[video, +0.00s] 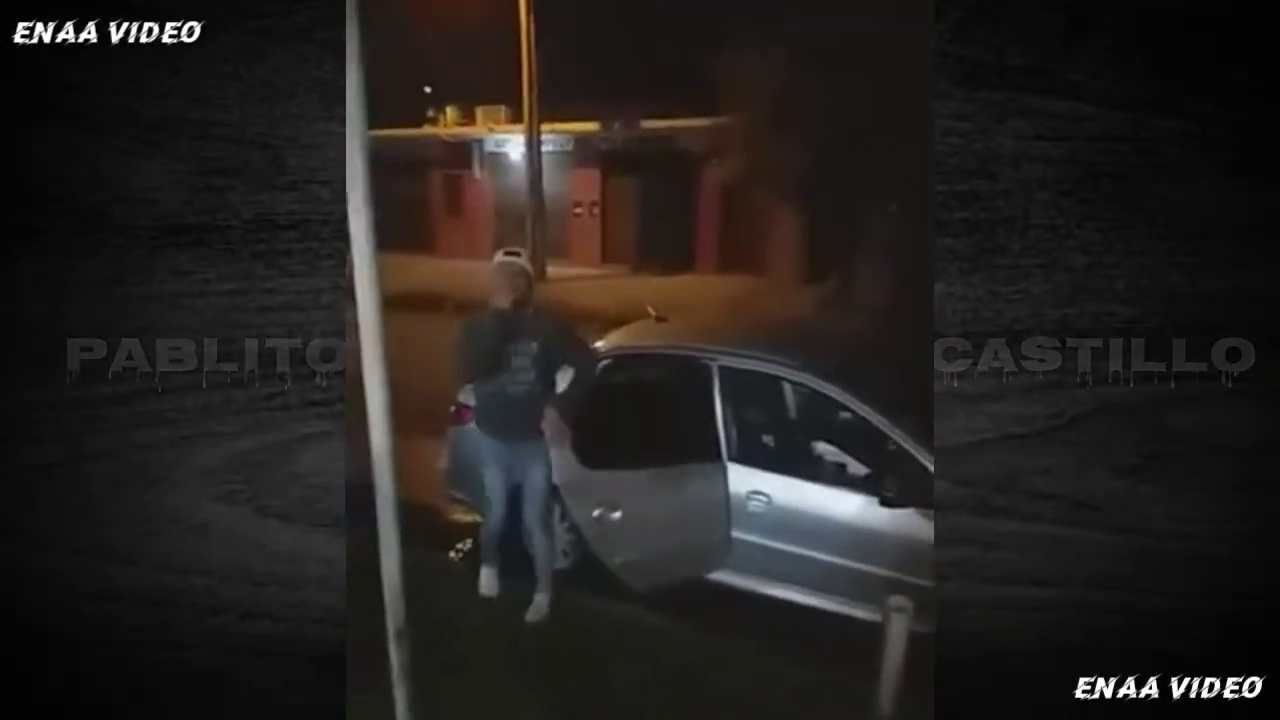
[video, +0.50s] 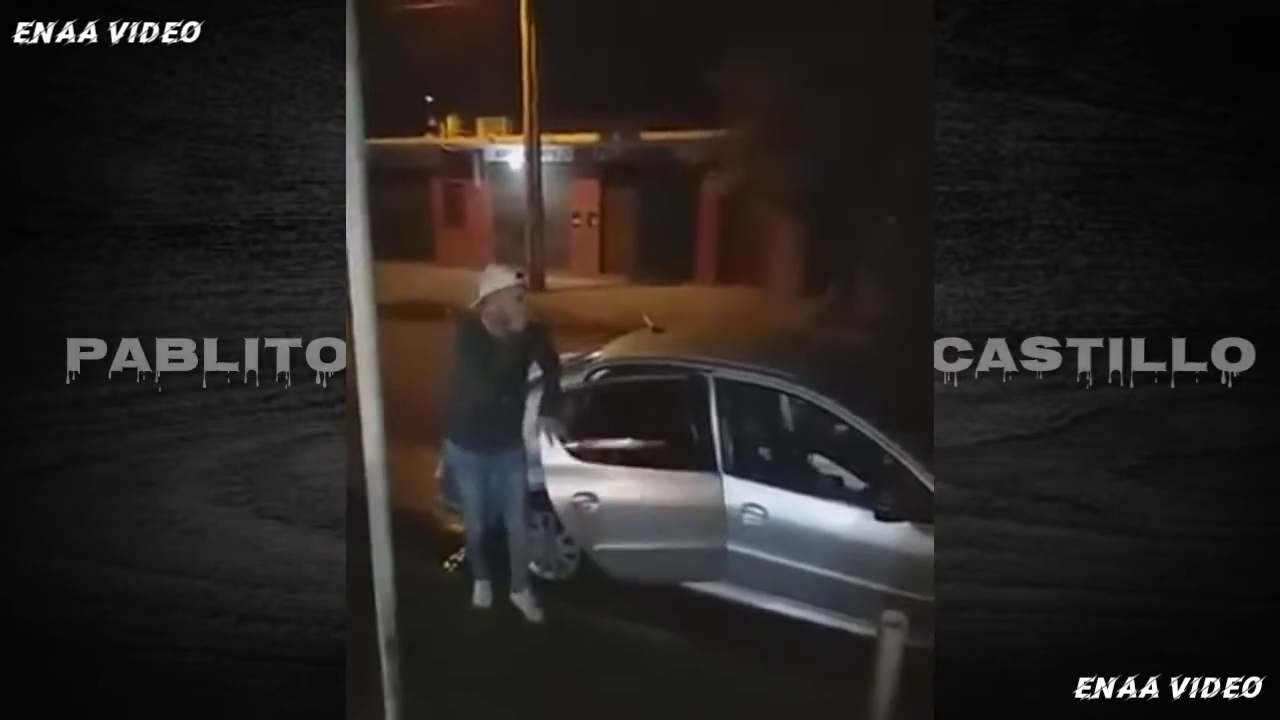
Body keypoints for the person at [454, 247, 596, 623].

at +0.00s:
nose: (505, 285)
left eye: (512, 277)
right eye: (500, 276)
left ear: (526, 283)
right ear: (492, 282)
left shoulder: (544, 326)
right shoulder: (478, 327)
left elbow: (586, 363)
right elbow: (469, 372)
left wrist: (562, 409)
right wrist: (496, 324)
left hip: (534, 435)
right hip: (492, 434)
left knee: (535, 520)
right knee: (496, 513)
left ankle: (543, 587)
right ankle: (488, 564)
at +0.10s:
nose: (505, 289)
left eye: (513, 282)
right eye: (500, 281)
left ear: (524, 287)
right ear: (489, 285)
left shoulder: (542, 327)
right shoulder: (476, 328)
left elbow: (582, 365)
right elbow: (469, 375)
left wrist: (563, 410)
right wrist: (495, 326)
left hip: (529, 436)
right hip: (484, 437)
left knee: (532, 519)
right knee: (491, 514)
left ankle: (546, 590)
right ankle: (491, 568)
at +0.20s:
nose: (501, 296)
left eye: (508, 288)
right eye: (495, 287)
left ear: (519, 293)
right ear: (483, 292)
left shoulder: (535, 330)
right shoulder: (466, 331)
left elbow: (572, 364)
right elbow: (469, 381)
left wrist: (558, 409)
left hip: (521, 441)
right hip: (476, 440)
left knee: (527, 522)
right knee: (483, 519)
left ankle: (541, 593)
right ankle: (487, 576)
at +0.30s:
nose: (506, 298)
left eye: (511, 290)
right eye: (499, 290)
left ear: (518, 294)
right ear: (481, 295)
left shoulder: (527, 330)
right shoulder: (463, 331)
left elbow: (562, 362)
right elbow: (457, 386)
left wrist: (552, 409)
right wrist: (449, 432)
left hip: (514, 443)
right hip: (470, 442)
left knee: (520, 522)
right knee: (477, 520)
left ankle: (533, 592)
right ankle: (482, 575)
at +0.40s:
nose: (515, 303)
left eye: (518, 295)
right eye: (506, 295)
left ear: (523, 298)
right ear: (486, 300)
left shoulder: (532, 333)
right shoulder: (467, 333)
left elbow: (558, 367)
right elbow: (464, 387)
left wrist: (553, 410)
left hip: (514, 444)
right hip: (470, 443)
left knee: (522, 522)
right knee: (479, 520)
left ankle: (529, 586)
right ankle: (485, 576)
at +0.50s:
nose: (521, 305)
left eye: (522, 297)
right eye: (514, 298)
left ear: (520, 300)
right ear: (491, 303)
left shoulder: (527, 335)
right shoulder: (469, 334)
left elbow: (552, 372)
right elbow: (470, 388)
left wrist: (548, 413)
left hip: (510, 444)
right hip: (468, 445)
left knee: (517, 522)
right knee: (476, 522)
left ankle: (520, 587)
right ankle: (480, 580)